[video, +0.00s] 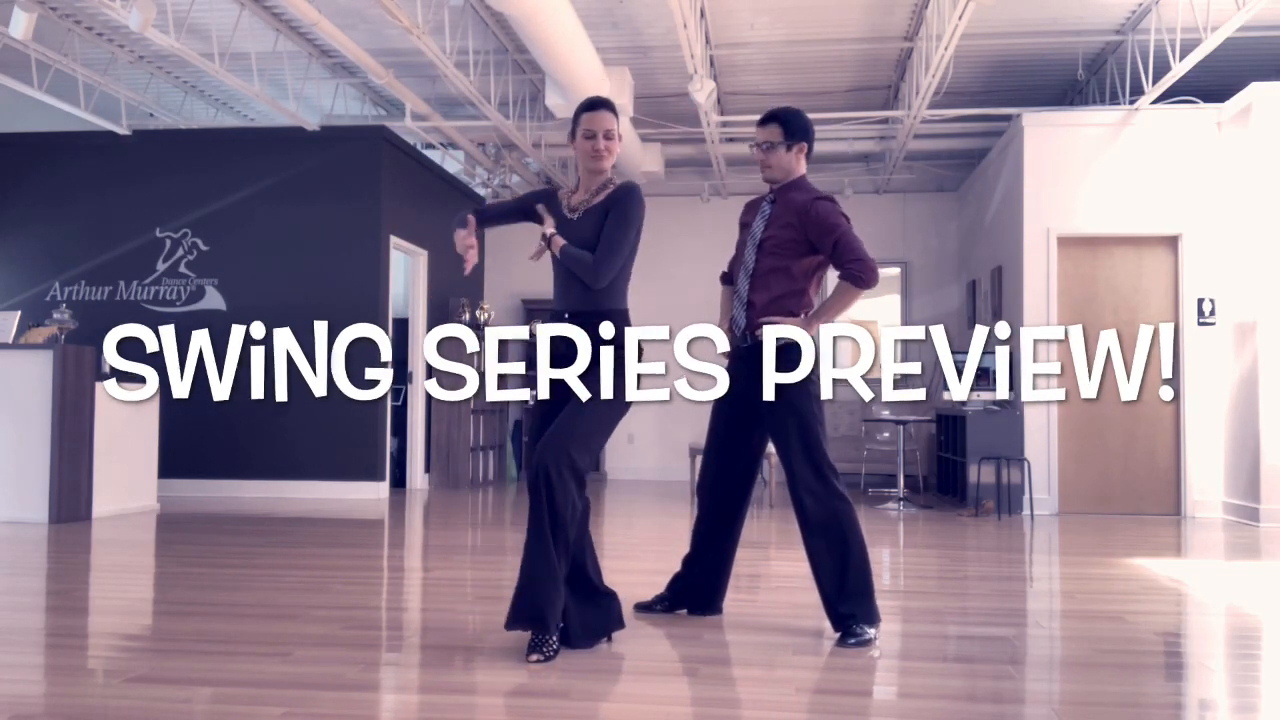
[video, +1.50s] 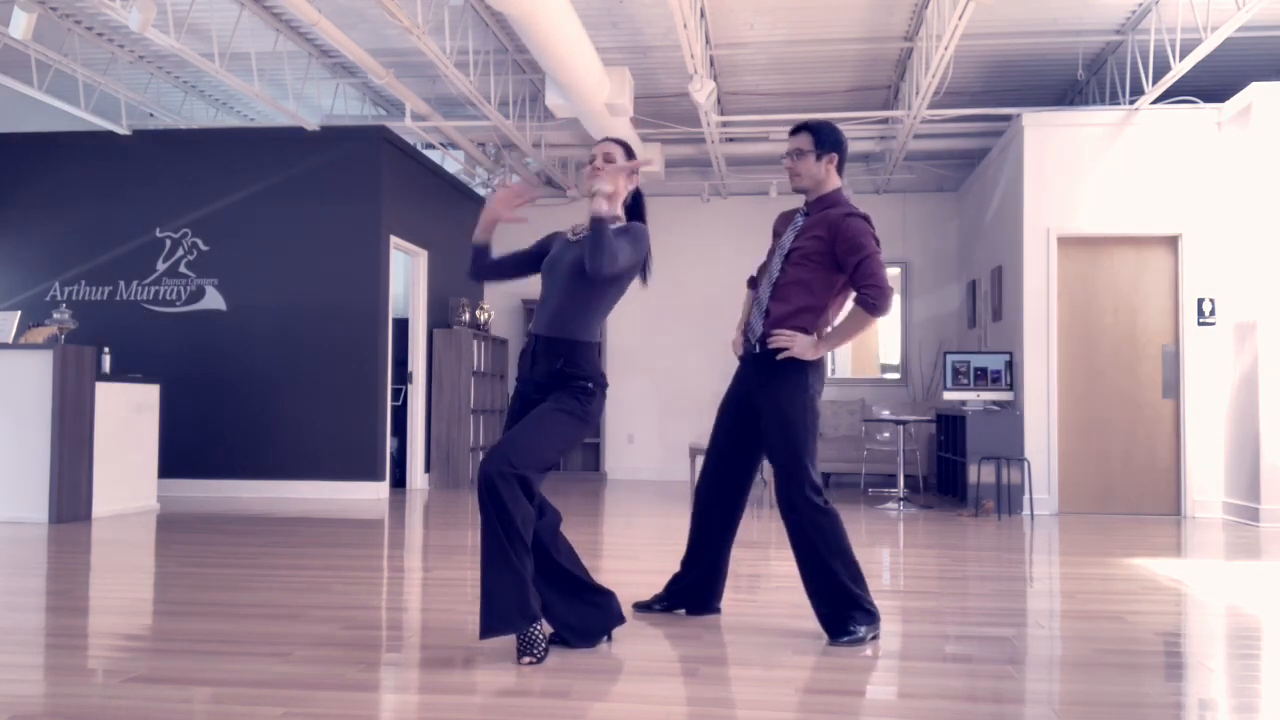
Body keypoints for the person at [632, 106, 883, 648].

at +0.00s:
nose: (759, 155)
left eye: (769, 146)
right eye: (756, 147)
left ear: (800, 151)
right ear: (758, 153)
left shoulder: (815, 207)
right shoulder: (756, 209)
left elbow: (862, 272)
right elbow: (733, 274)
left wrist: (812, 323)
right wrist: (729, 328)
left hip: (786, 357)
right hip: (743, 358)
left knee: (814, 484)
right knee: (723, 478)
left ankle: (856, 615)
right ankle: (697, 591)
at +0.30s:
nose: (781, 167)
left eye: (789, 158)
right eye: (780, 159)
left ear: (821, 158)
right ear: (802, 161)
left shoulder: (841, 219)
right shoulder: (786, 213)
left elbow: (874, 293)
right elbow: (766, 271)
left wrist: (828, 315)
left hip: (787, 357)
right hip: (748, 355)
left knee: (810, 484)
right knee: (721, 477)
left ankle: (855, 615)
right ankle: (697, 591)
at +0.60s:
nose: (795, 169)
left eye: (804, 161)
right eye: (794, 161)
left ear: (836, 164)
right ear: (814, 165)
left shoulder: (851, 224)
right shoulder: (799, 217)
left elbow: (877, 301)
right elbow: (780, 281)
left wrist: (817, 334)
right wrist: (746, 325)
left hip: (787, 363)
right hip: (751, 358)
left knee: (808, 486)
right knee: (722, 478)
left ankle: (854, 616)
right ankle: (697, 591)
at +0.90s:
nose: (796, 165)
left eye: (806, 156)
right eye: (796, 157)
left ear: (839, 163)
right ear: (807, 164)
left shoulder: (849, 222)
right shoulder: (799, 217)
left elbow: (875, 299)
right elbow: (783, 280)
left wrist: (817, 335)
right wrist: (748, 326)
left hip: (787, 364)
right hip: (752, 359)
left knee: (809, 487)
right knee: (721, 479)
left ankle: (855, 616)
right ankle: (697, 591)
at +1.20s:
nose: (792, 162)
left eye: (802, 154)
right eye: (792, 154)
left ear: (835, 161)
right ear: (808, 162)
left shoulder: (845, 219)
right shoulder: (796, 217)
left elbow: (870, 297)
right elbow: (779, 281)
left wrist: (813, 335)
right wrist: (744, 325)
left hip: (784, 364)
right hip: (749, 359)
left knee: (806, 487)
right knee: (720, 478)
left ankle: (855, 616)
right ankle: (697, 591)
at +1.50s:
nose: (787, 164)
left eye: (797, 156)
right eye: (787, 156)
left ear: (830, 162)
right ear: (800, 165)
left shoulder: (847, 221)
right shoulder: (791, 220)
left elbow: (876, 298)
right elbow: (761, 279)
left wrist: (821, 344)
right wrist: (744, 324)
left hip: (792, 368)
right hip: (753, 364)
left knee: (799, 493)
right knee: (719, 483)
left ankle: (854, 617)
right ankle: (695, 592)